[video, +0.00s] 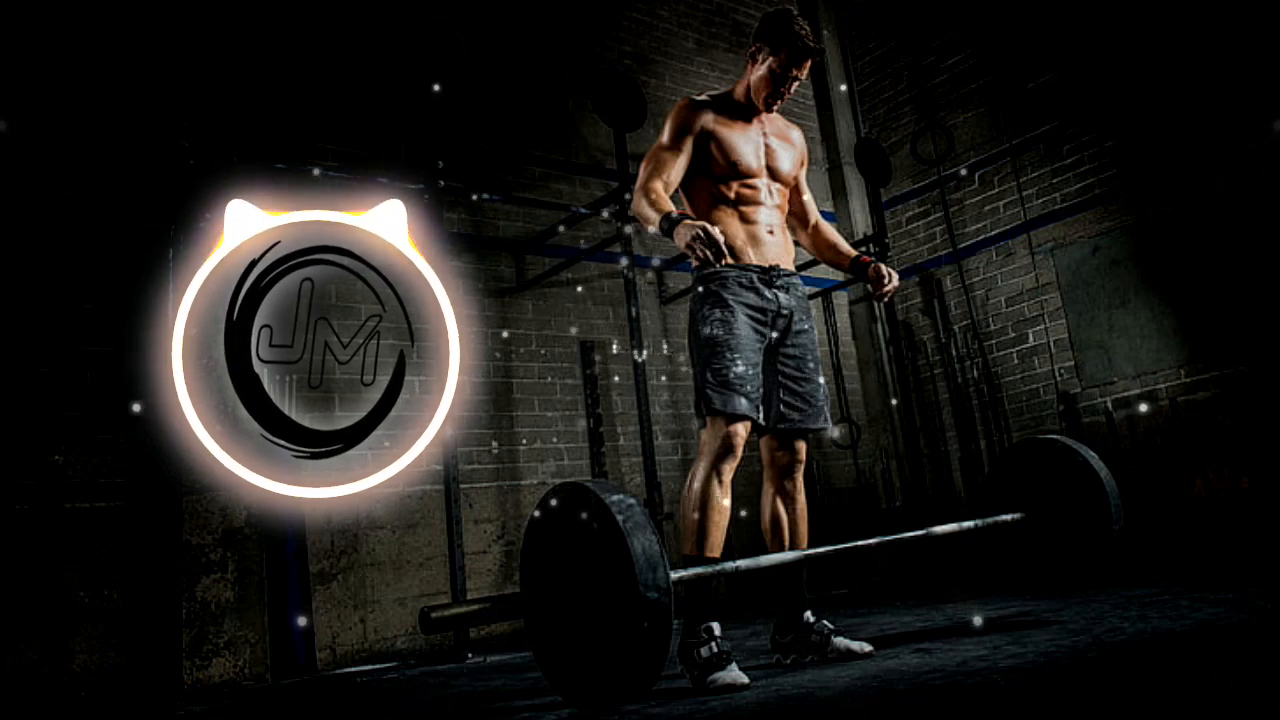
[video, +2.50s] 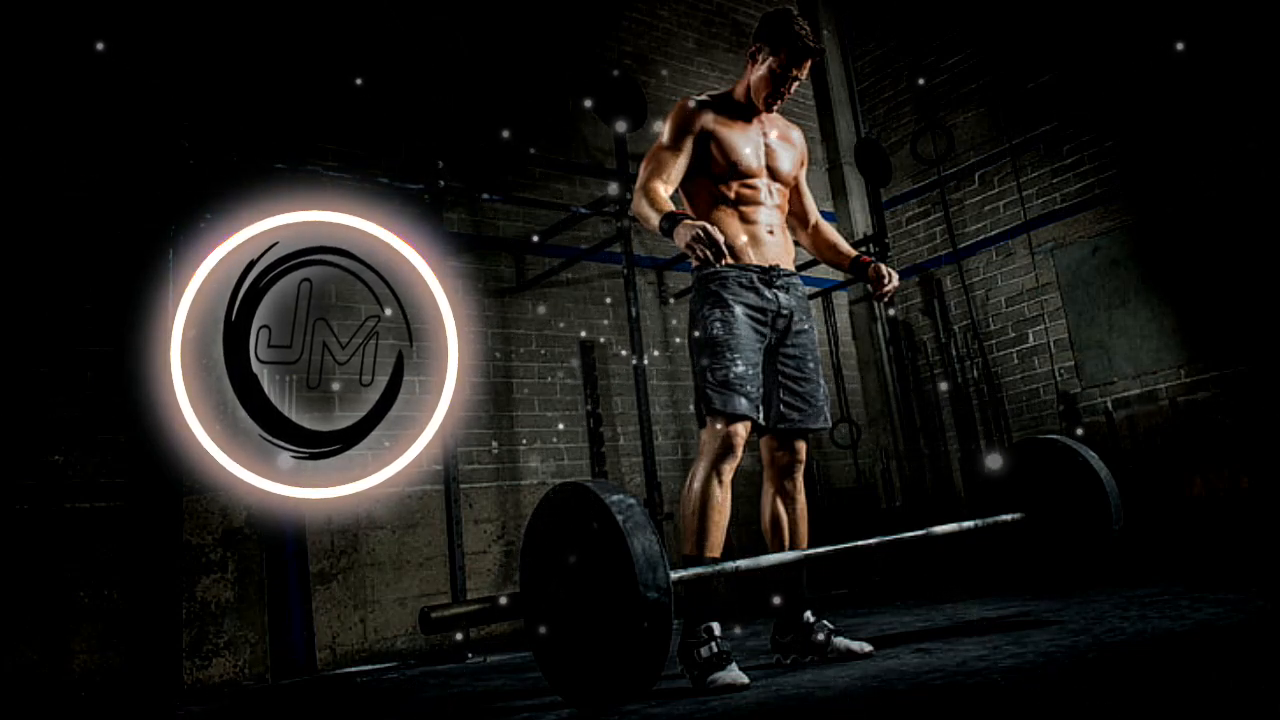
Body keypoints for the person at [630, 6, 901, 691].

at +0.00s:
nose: (789, 89)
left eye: (799, 79)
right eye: (787, 73)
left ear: (800, 76)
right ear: (756, 57)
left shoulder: (792, 137)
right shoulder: (698, 115)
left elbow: (807, 223)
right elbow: (645, 197)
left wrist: (860, 264)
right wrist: (675, 226)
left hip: (791, 297)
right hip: (731, 292)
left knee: (790, 455)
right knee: (730, 437)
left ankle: (798, 624)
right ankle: (699, 634)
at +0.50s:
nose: (789, 89)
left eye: (799, 79)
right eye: (787, 73)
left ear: (801, 76)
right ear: (756, 57)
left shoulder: (792, 137)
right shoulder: (698, 115)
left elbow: (808, 224)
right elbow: (646, 197)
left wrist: (860, 264)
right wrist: (675, 226)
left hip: (790, 297)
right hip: (730, 293)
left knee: (790, 455)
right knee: (730, 438)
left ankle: (797, 624)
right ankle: (699, 634)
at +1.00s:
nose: (789, 89)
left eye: (799, 79)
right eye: (787, 73)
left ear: (800, 76)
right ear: (756, 57)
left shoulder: (792, 137)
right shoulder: (697, 116)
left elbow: (808, 224)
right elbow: (646, 198)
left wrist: (860, 264)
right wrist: (676, 226)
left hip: (791, 297)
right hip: (731, 292)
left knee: (790, 455)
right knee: (729, 437)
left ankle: (797, 624)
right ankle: (699, 634)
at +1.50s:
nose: (788, 90)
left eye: (798, 80)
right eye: (785, 74)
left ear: (800, 77)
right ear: (756, 58)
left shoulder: (792, 137)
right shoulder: (697, 116)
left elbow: (809, 224)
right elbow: (645, 198)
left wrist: (860, 265)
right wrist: (674, 226)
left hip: (790, 297)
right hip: (730, 293)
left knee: (790, 454)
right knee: (729, 438)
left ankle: (797, 624)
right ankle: (699, 634)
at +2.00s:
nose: (789, 89)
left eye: (799, 79)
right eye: (786, 72)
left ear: (801, 76)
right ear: (756, 57)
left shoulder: (792, 137)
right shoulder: (697, 115)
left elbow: (808, 224)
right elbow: (646, 197)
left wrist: (860, 264)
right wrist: (677, 225)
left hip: (791, 297)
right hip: (731, 292)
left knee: (790, 455)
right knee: (730, 436)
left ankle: (796, 624)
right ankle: (699, 634)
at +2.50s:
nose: (788, 90)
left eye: (798, 80)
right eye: (785, 75)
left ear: (800, 77)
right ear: (756, 58)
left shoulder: (792, 136)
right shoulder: (697, 117)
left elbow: (808, 224)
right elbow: (645, 197)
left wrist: (861, 265)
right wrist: (676, 225)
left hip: (790, 297)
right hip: (730, 292)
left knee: (790, 455)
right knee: (729, 437)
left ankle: (796, 623)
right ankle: (698, 634)